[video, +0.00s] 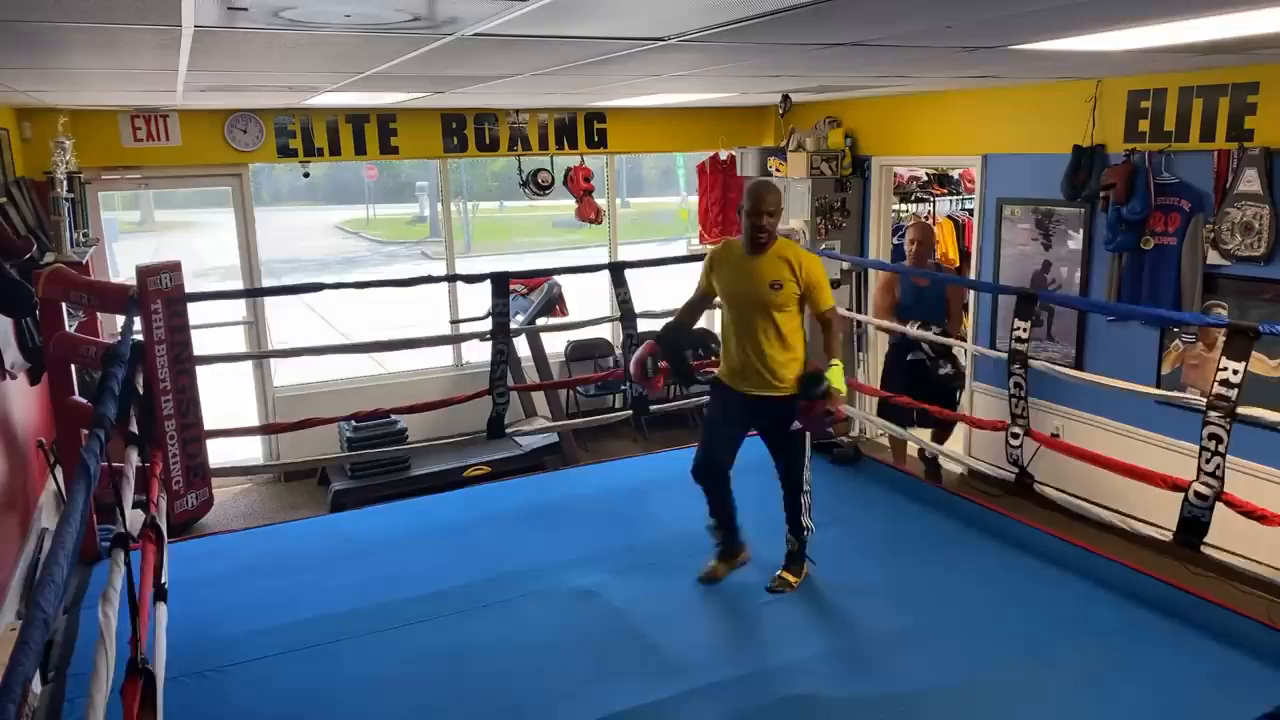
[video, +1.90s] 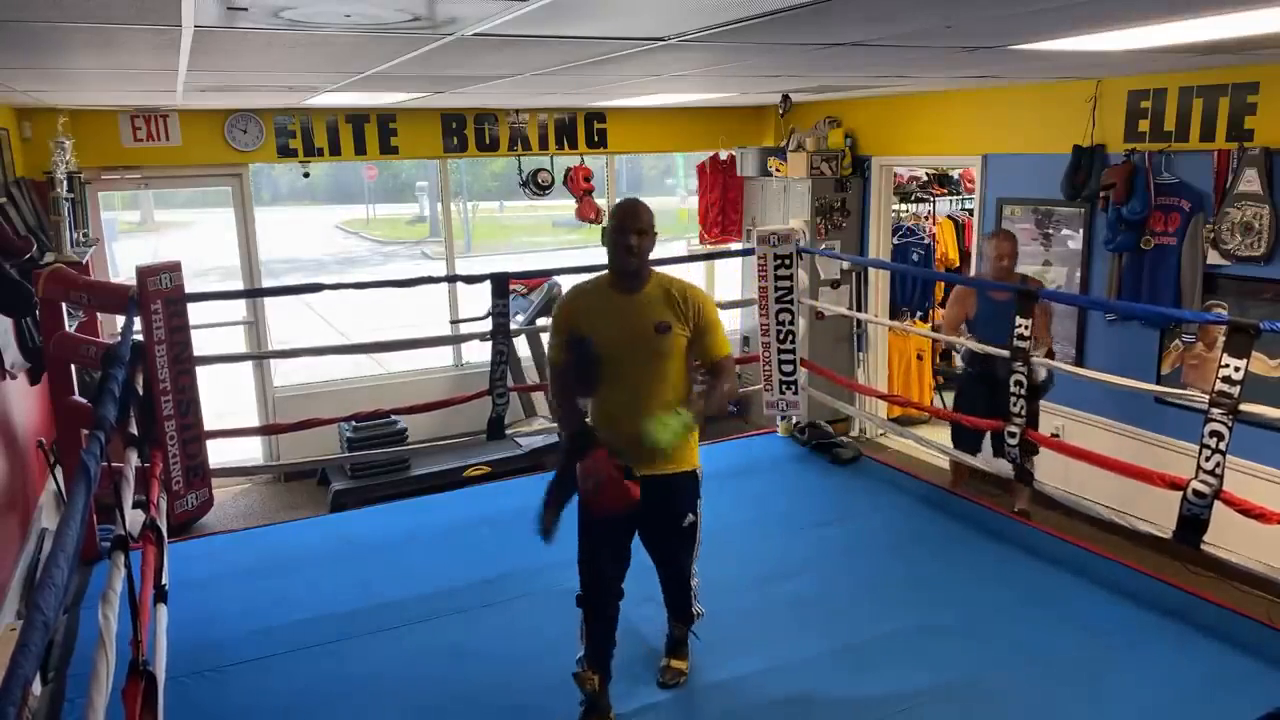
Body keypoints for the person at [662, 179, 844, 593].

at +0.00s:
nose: (761, 224)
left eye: (770, 215)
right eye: (753, 214)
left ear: (782, 217)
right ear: (740, 213)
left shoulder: (801, 262)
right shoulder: (721, 257)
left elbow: (830, 320)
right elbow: (699, 301)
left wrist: (829, 370)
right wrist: (665, 338)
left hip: (783, 394)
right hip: (731, 388)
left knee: (795, 483)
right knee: (708, 469)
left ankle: (795, 560)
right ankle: (730, 548)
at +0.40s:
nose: (677, 224)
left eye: (685, 215)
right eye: (668, 217)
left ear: (696, 216)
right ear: (655, 220)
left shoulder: (724, 257)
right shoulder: (646, 275)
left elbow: (773, 306)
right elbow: (639, 329)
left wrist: (795, 353)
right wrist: (620, 384)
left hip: (726, 399)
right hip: (675, 404)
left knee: (736, 494)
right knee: (679, 501)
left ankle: (772, 542)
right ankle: (679, 583)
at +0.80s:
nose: (637, 222)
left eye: (646, 213)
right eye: (629, 214)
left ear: (663, 216)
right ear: (621, 219)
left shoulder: (692, 261)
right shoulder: (615, 278)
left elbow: (747, 312)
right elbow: (616, 345)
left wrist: (756, 364)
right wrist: (595, 403)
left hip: (698, 404)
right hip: (650, 409)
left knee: (711, 510)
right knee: (666, 505)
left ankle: (719, 611)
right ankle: (676, 584)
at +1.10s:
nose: (653, 221)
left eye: (665, 215)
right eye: (649, 213)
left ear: (684, 225)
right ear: (640, 219)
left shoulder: (702, 278)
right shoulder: (625, 277)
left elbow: (734, 353)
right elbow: (615, 336)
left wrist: (685, 391)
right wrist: (573, 391)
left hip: (685, 424)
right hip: (637, 424)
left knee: (675, 531)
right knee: (647, 513)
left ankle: (680, 638)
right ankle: (670, 586)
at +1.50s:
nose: (673, 228)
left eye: (686, 222)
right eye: (668, 218)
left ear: (706, 233)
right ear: (658, 221)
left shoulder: (712, 292)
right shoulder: (629, 274)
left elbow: (692, 377)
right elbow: (571, 307)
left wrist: (627, 349)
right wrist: (532, 346)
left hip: (682, 445)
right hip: (625, 437)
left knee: (682, 551)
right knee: (597, 539)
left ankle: (680, 646)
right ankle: (624, 629)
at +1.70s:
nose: (660, 241)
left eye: (672, 233)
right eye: (653, 230)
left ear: (687, 240)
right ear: (638, 231)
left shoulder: (703, 301)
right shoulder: (605, 288)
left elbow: (698, 389)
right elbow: (573, 364)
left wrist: (628, 367)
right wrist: (571, 407)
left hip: (680, 460)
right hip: (616, 455)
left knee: (683, 563)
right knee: (605, 573)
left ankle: (679, 643)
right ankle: (595, 689)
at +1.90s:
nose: (633, 243)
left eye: (643, 234)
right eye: (623, 233)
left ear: (656, 239)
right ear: (606, 238)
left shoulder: (688, 301)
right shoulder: (575, 306)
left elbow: (723, 374)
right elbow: (560, 389)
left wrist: (692, 419)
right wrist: (582, 450)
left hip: (672, 471)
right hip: (604, 471)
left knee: (677, 572)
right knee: (598, 588)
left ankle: (678, 642)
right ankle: (595, 690)